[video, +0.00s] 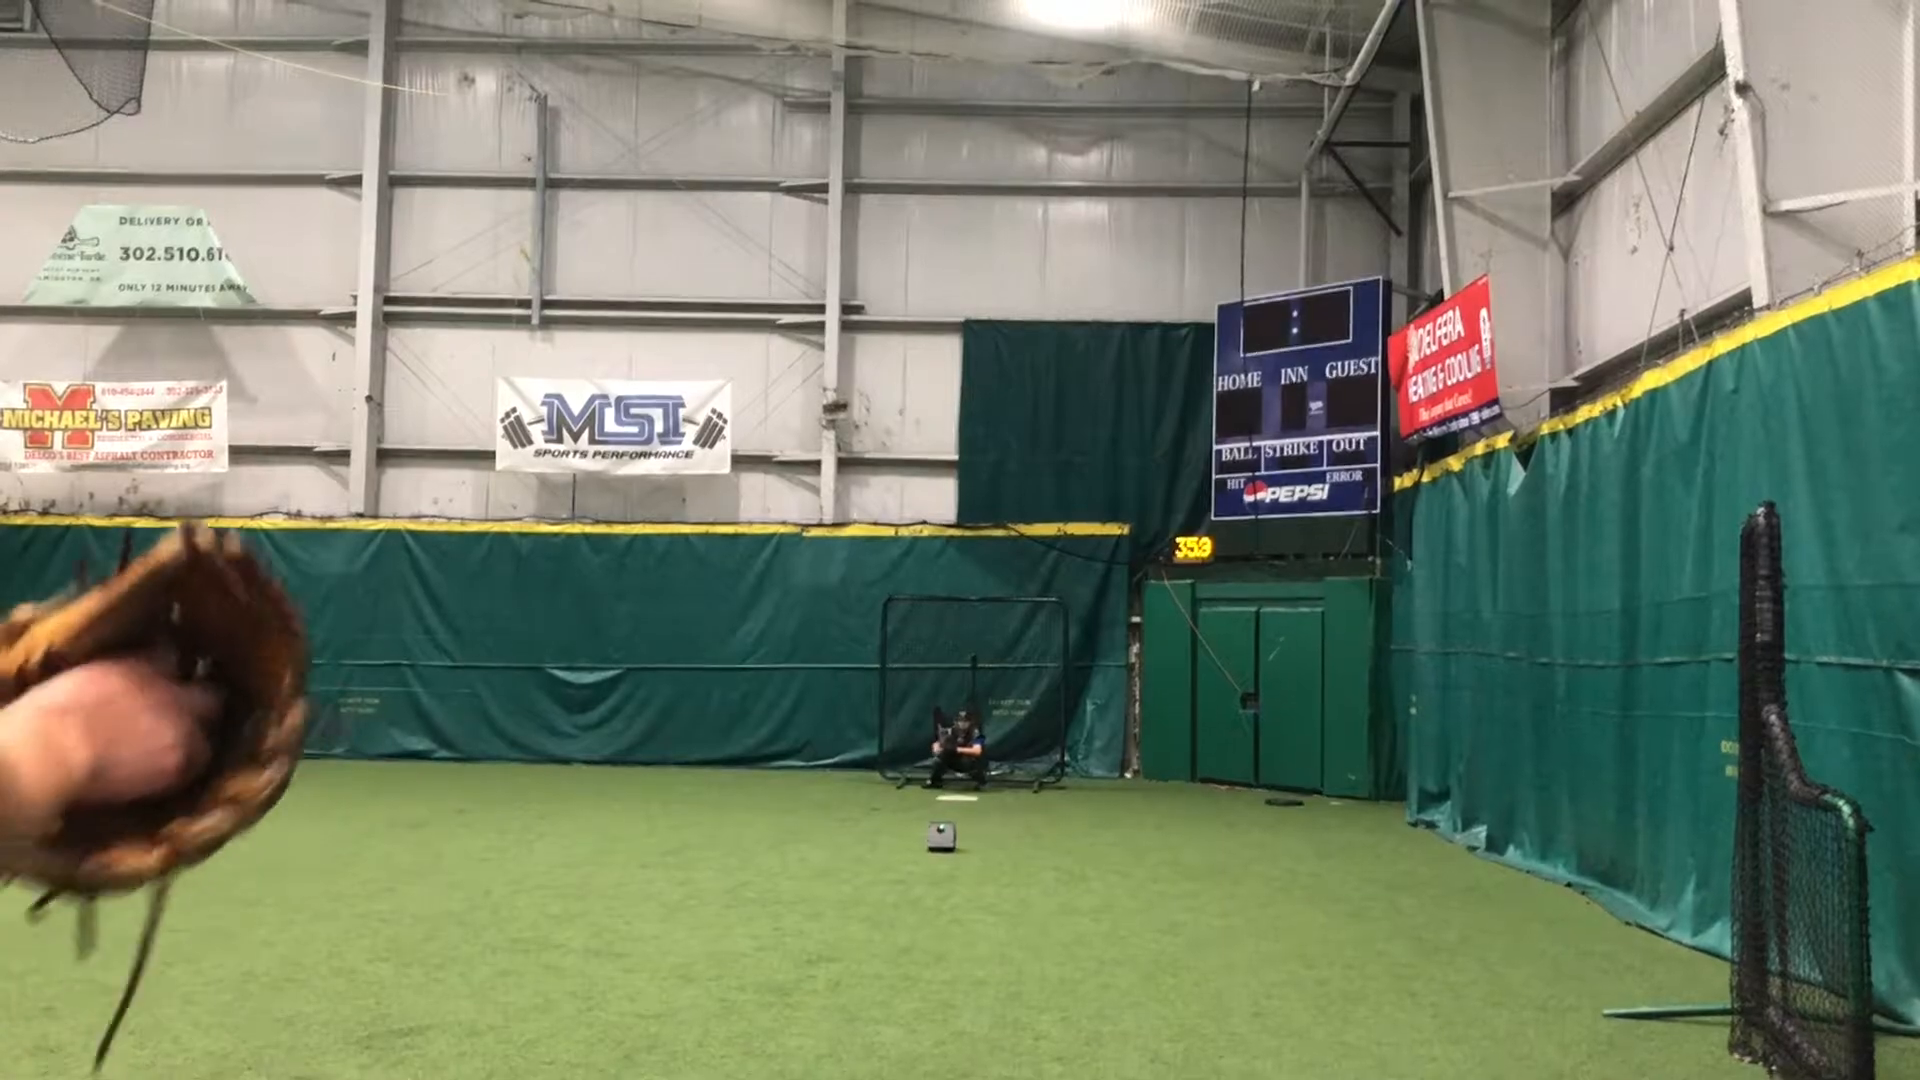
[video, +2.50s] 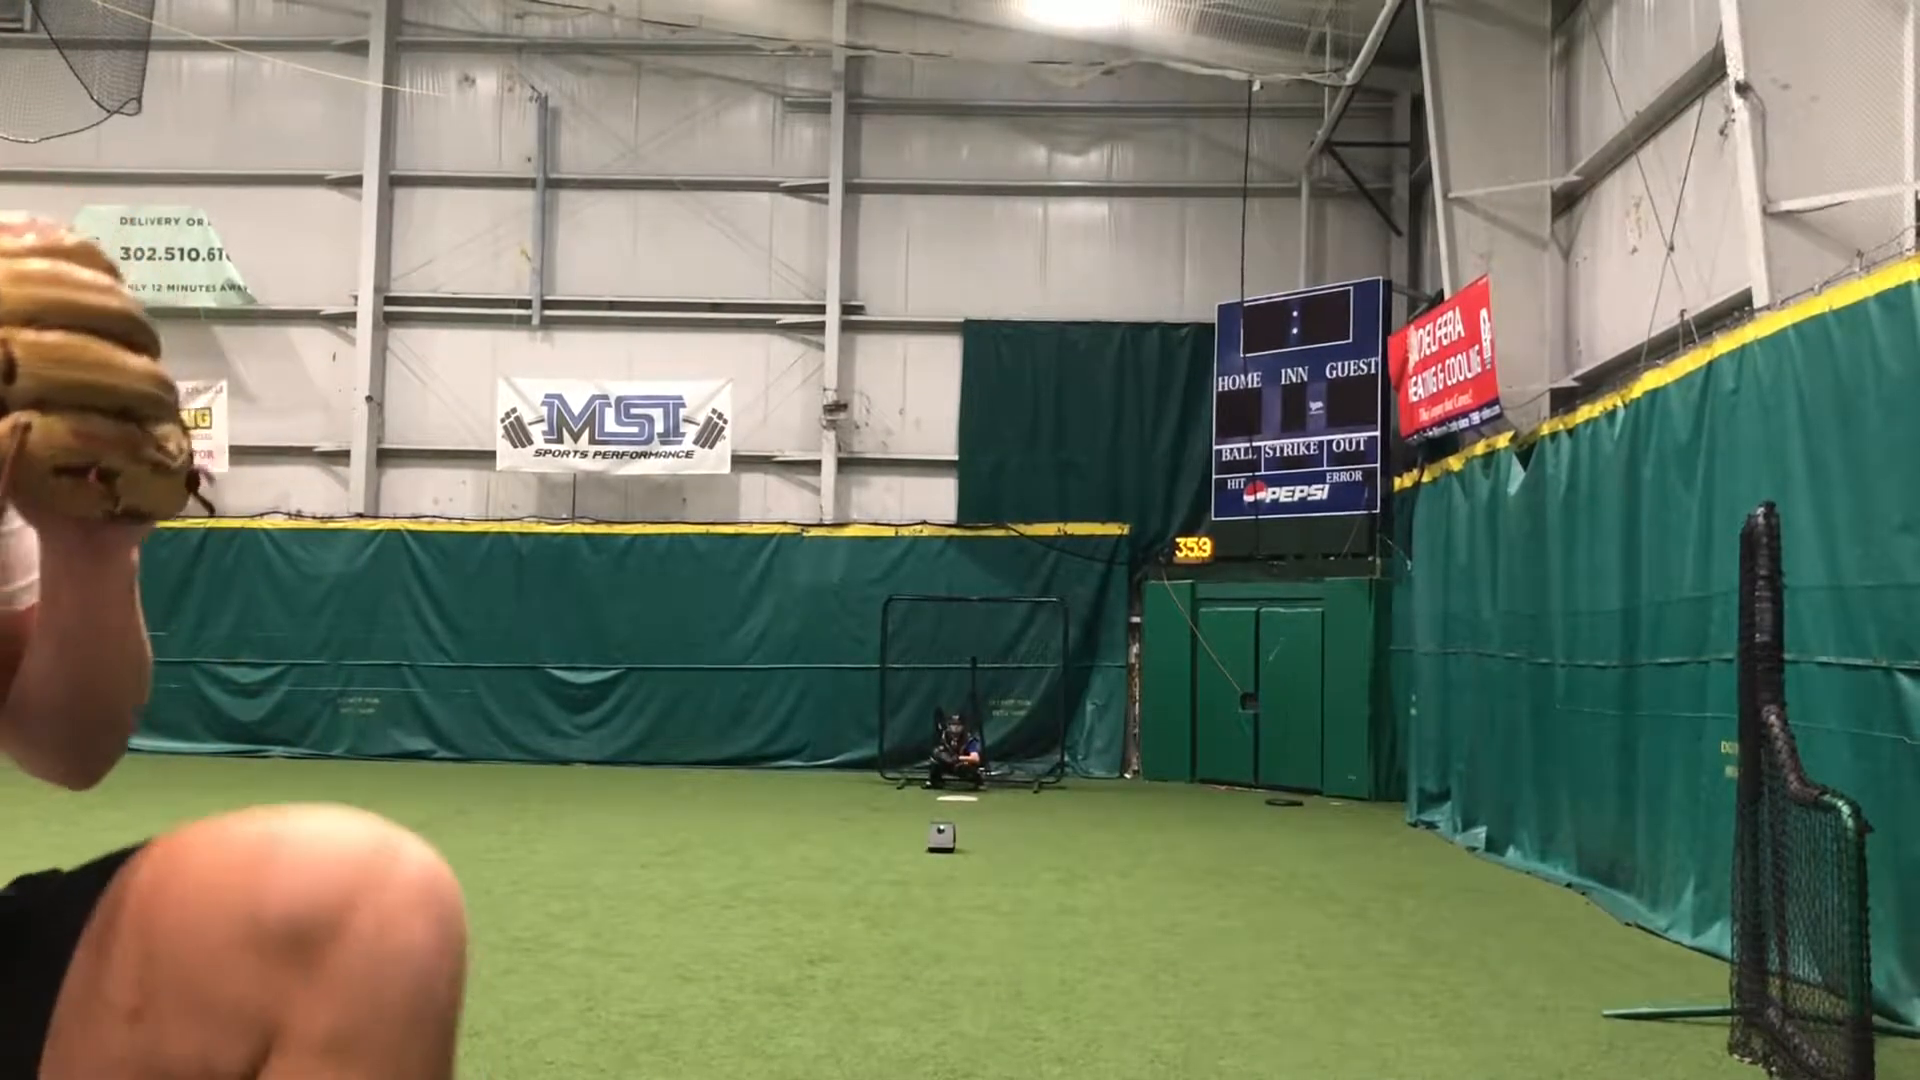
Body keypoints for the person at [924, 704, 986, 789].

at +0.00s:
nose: (962, 724)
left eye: (965, 721)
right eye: (959, 721)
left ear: (970, 723)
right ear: (956, 722)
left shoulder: (975, 734)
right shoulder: (952, 732)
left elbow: (977, 751)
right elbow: (942, 741)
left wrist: (957, 749)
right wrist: (937, 747)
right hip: (954, 758)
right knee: (941, 759)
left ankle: (981, 782)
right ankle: (935, 781)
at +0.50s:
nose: (957, 727)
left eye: (960, 723)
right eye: (954, 723)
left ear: (966, 724)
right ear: (951, 724)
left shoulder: (972, 735)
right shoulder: (948, 733)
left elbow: (974, 752)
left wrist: (955, 754)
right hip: (948, 759)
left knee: (964, 766)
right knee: (937, 765)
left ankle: (980, 781)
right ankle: (935, 781)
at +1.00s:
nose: (958, 727)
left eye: (961, 723)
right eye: (955, 723)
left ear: (966, 725)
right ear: (951, 724)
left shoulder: (972, 736)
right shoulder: (947, 734)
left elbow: (977, 755)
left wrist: (963, 760)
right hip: (950, 760)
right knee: (937, 763)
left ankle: (980, 782)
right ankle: (935, 781)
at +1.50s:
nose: (958, 727)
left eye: (961, 723)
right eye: (955, 723)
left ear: (966, 725)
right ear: (951, 725)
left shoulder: (972, 737)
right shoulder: (947, 735)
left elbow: (977, 756)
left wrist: (961, 759)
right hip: (950, 762)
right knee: (936, 763)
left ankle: (979, 781)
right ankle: (935, 781)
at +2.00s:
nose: (955, 728)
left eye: (959, 724)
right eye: (953, 724)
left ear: (965, 726)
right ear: (949, 726)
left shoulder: (971, 740)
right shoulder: (947, 738)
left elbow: (976, 758)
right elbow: (938, 751)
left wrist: (959, 760)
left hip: (966, 767)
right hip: (950, 765)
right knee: (936, 760)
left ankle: (980, 782)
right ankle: (935, 781)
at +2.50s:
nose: (954, 728)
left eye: (957, 725)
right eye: (952, 725)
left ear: (963, 727)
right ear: (948, 726)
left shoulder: (970, 741)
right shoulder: (944, 738)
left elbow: (975, 759)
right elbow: (936, 752)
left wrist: (958, 758)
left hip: (964, 766)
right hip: (947, 764)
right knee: (934, 765)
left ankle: (978, 782)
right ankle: (935, 781)